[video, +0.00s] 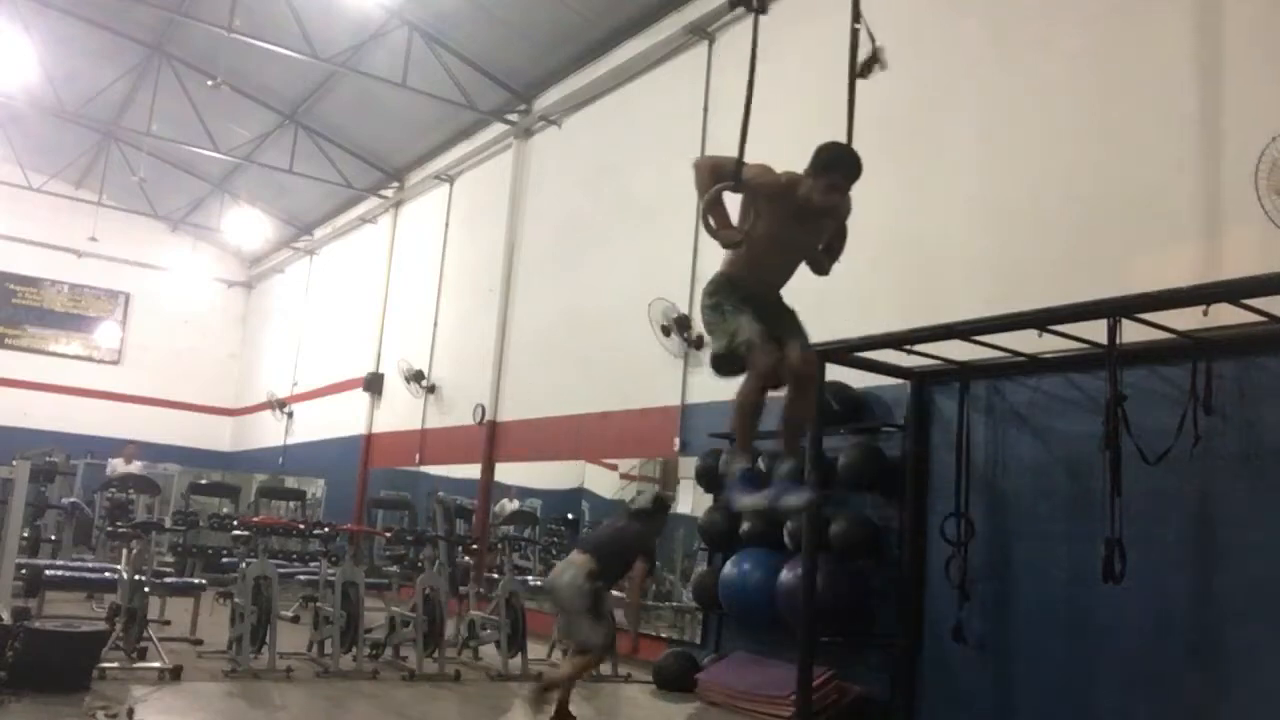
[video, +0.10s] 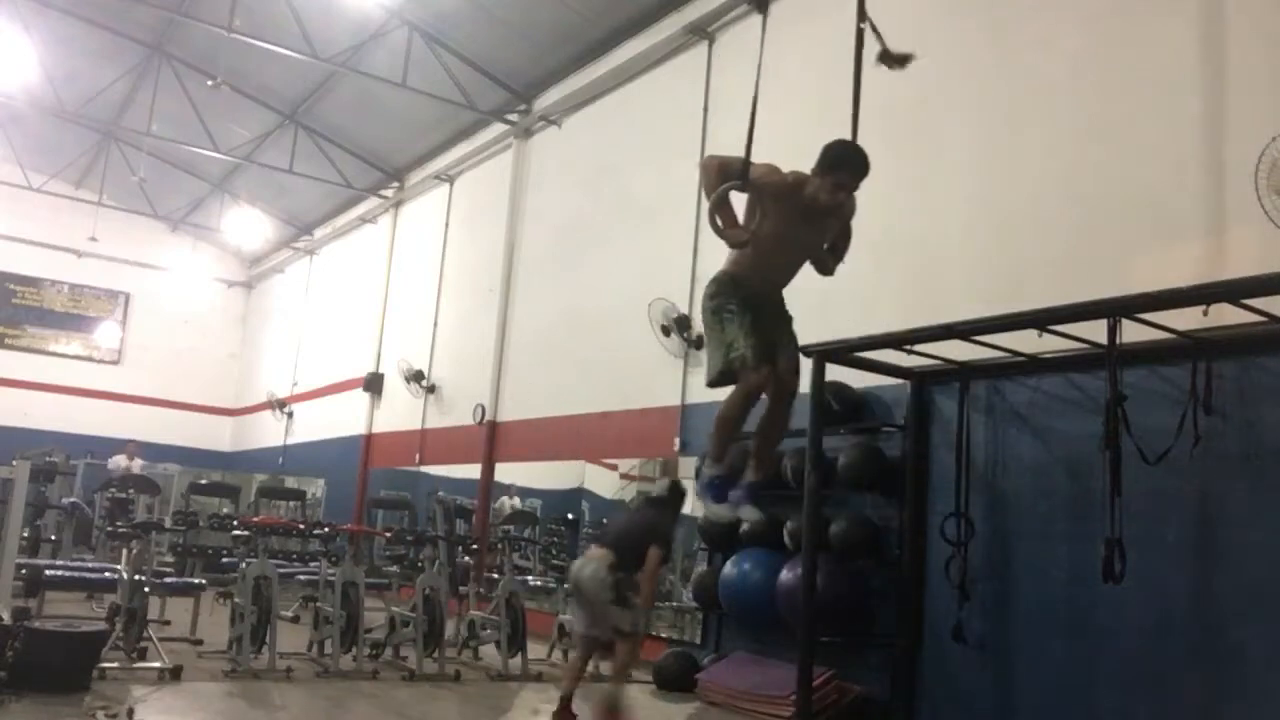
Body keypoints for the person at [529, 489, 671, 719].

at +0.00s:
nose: (662, 528)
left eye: (662, 523)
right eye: (662, 523)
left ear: (638, 511)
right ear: (658, 521)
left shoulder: (617, 523)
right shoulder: (646, 540)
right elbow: (634, 590)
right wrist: (634, 634)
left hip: (559, 573)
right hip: (580, 584)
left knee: (580, 646)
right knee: (602, 648)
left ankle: (562, 707)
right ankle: (549, 683)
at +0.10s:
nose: (680, 510)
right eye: (681, 505)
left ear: (661, 496)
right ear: (679, 504)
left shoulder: (639, 512)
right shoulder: (663, 523)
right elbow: (649, 571)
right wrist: (646, 614)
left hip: (582, 564)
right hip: (604, 571)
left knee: (585, 643)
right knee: (629, 637)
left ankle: (563, 704)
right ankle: (612, 704)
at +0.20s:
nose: (691, 514)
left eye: (691, 509)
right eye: (691, 509)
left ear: (667, 498)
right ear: (686, 506)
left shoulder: (646, 510)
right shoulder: (677, 522)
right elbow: (664, 564)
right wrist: (657, 609)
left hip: (603, 568)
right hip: (627, 576)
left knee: (602, 648)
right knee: (657, 648)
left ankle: (568, 704)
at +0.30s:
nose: (707, 507)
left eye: (707, 503)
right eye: (706, 503)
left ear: (682, 498)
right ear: (700, 503)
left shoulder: (666, 512)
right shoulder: (693, 523)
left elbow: (641, 547)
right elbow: (684, 569)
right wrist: (682, 615)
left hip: (630, 576)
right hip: (650, 582)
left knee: (629, 651)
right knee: (683, 649)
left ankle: (585, 691)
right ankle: (678, 712)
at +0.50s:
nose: (734, 483)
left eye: (734, 477)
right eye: (731, 478)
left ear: (705, 478)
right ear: (723, 479)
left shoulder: (693, 501)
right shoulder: (717, 507)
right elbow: (719, 547)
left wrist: (718, 563)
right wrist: (732, 567)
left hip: (667, 569)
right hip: (685, 573)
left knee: (679, 646)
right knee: (696, 648)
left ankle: (662, 705)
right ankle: (680, 710)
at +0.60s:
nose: (743, 483)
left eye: (743, 477)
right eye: (739, 477)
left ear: (716, 480)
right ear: (724, 479)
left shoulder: (707, 501)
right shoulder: (720, 503)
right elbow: (733, 546)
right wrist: (761, 567)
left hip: (685, 571)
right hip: (695, 574)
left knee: (701, 648)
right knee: (697, 649)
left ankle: (704, 705)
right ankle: (679, 711)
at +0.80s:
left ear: (705, 482)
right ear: (722, 477)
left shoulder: (715, 507)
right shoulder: (727, 507)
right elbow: (738, 556)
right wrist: (758, 583)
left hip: (706, 574)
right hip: (719, 578)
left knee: (722, 647)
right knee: (734, 649)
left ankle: (713, 706)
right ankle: (696, 699)